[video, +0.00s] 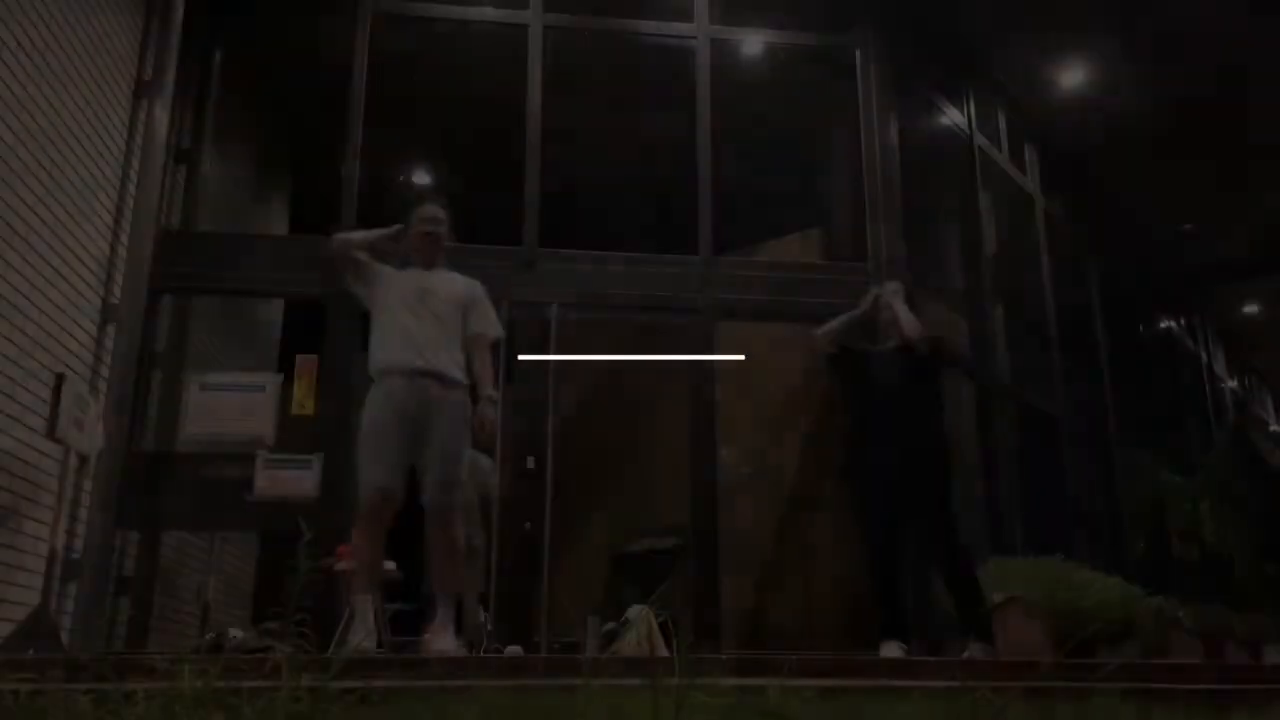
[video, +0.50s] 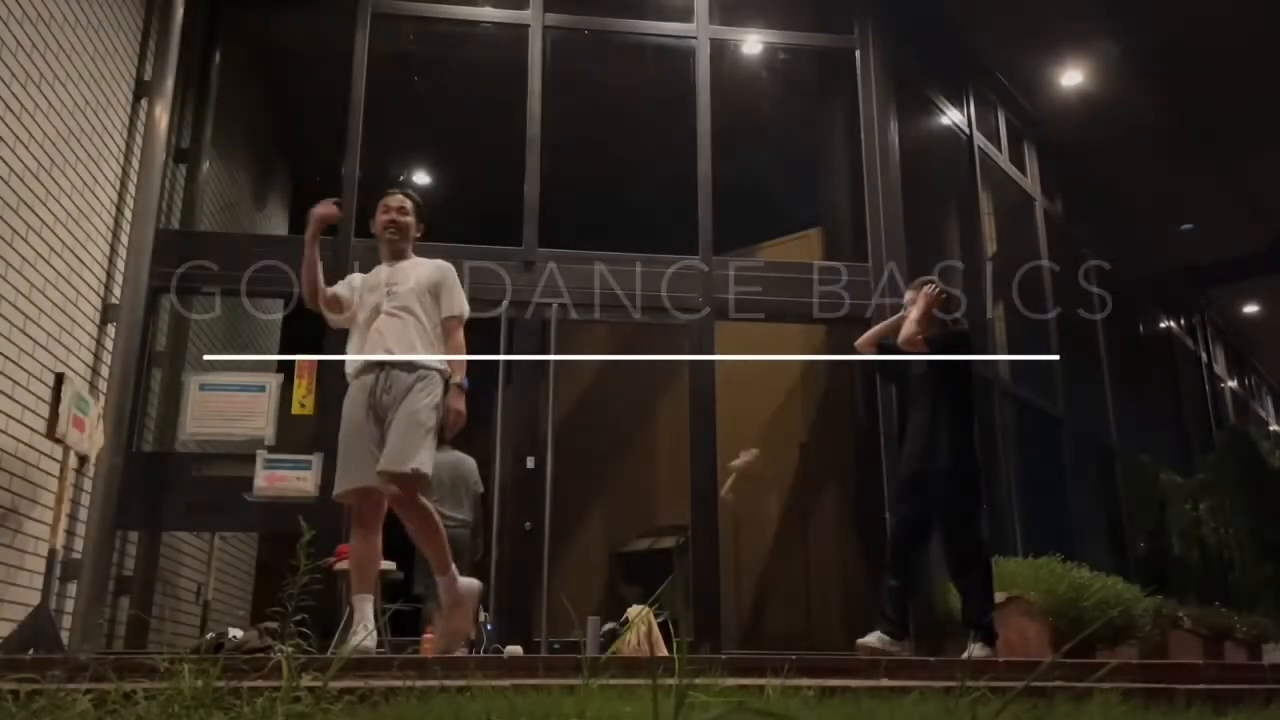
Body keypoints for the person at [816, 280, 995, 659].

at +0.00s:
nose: (889, 322)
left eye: (896, 315)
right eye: (883, 316)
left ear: (910, 319)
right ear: (875, 322)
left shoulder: (925, 355)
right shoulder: (860, 357)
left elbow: (922, 341)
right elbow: (821, 339)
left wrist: (900, 307)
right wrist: (861, 313)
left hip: (923, 461)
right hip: (873, 463)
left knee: (943, 546)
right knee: (883, 550)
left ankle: (976, 634)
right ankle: (893, 636)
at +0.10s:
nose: (902, 316)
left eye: (909, 309)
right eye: (896, 311)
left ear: (931, 319)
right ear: (891, 321)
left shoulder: (942, 354)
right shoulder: (878, 358)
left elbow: (925, 337)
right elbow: (831, 339)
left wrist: (905, 301)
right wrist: (874, 311)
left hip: (937, 464)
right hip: (889, 465)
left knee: (957, 550)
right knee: (890, 550)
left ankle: (979, 637)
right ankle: (893, 639)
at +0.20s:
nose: (907, 314)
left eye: (914, 306)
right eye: (902, 310)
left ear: (935, 310)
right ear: (898, 318)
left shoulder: (952, 344)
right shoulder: (887, 356)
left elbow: (923, 336)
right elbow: (839, 341)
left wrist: (913, 300)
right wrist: (880, 312)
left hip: (944, 462)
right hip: (896, 462)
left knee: (959, 546)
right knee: (892, 547)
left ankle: (981, 637)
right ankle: (893, 637)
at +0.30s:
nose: (908, 313)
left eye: (916, 304)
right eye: (904, 307)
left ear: (937, 311)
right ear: (899, 313)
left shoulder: (956, 343)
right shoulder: (894, 352)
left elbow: (918, 338)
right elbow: (848, 342)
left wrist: (920, 300)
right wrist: (887, 314)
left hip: (949, 461)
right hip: (903, 461)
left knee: (964, 546)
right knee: (895, 546)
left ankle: (981, 637)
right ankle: (893, 636)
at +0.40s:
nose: (911, 315)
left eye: (919, 308)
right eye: (909, 308)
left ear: (941, 314)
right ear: (906, 312)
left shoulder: (958, 343)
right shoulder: (903, 355)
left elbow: (913, 339)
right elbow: (856, 345)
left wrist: (923, 304)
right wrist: (895, 316)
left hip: (953, 462)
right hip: (911, 463)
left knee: (964, 547)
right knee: (898, 545)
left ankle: (981, 638)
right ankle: (897, 632)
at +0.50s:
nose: (913, 315)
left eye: (920, 308)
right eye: (911, 308)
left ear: (938, 312)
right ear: (907, 310)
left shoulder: (957, 341)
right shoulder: (906, 352)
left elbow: (907, 340)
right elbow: (862, 345)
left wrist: (923, 308)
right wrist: (902, 316)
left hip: (954, 460)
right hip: (914, 461)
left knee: (964, 545)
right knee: (903, 543)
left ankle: (982, 637)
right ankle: (895, 631)